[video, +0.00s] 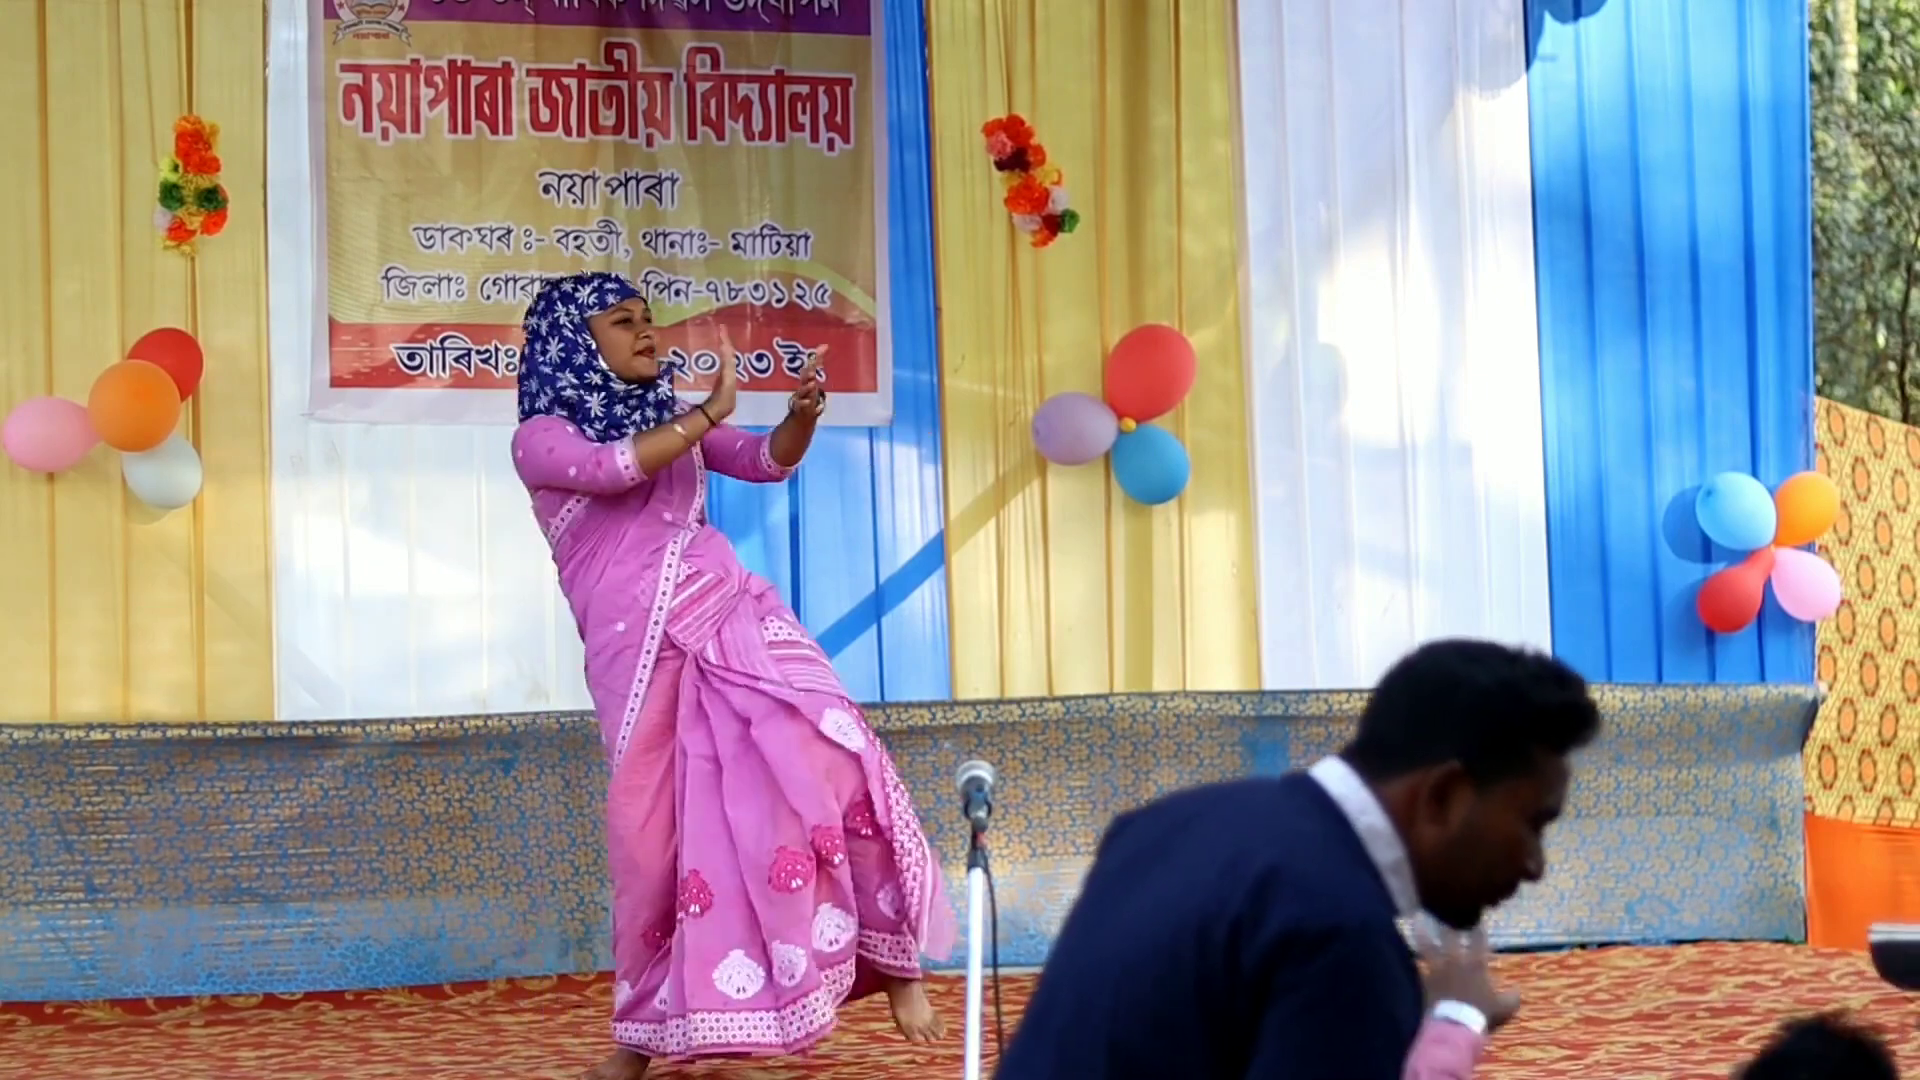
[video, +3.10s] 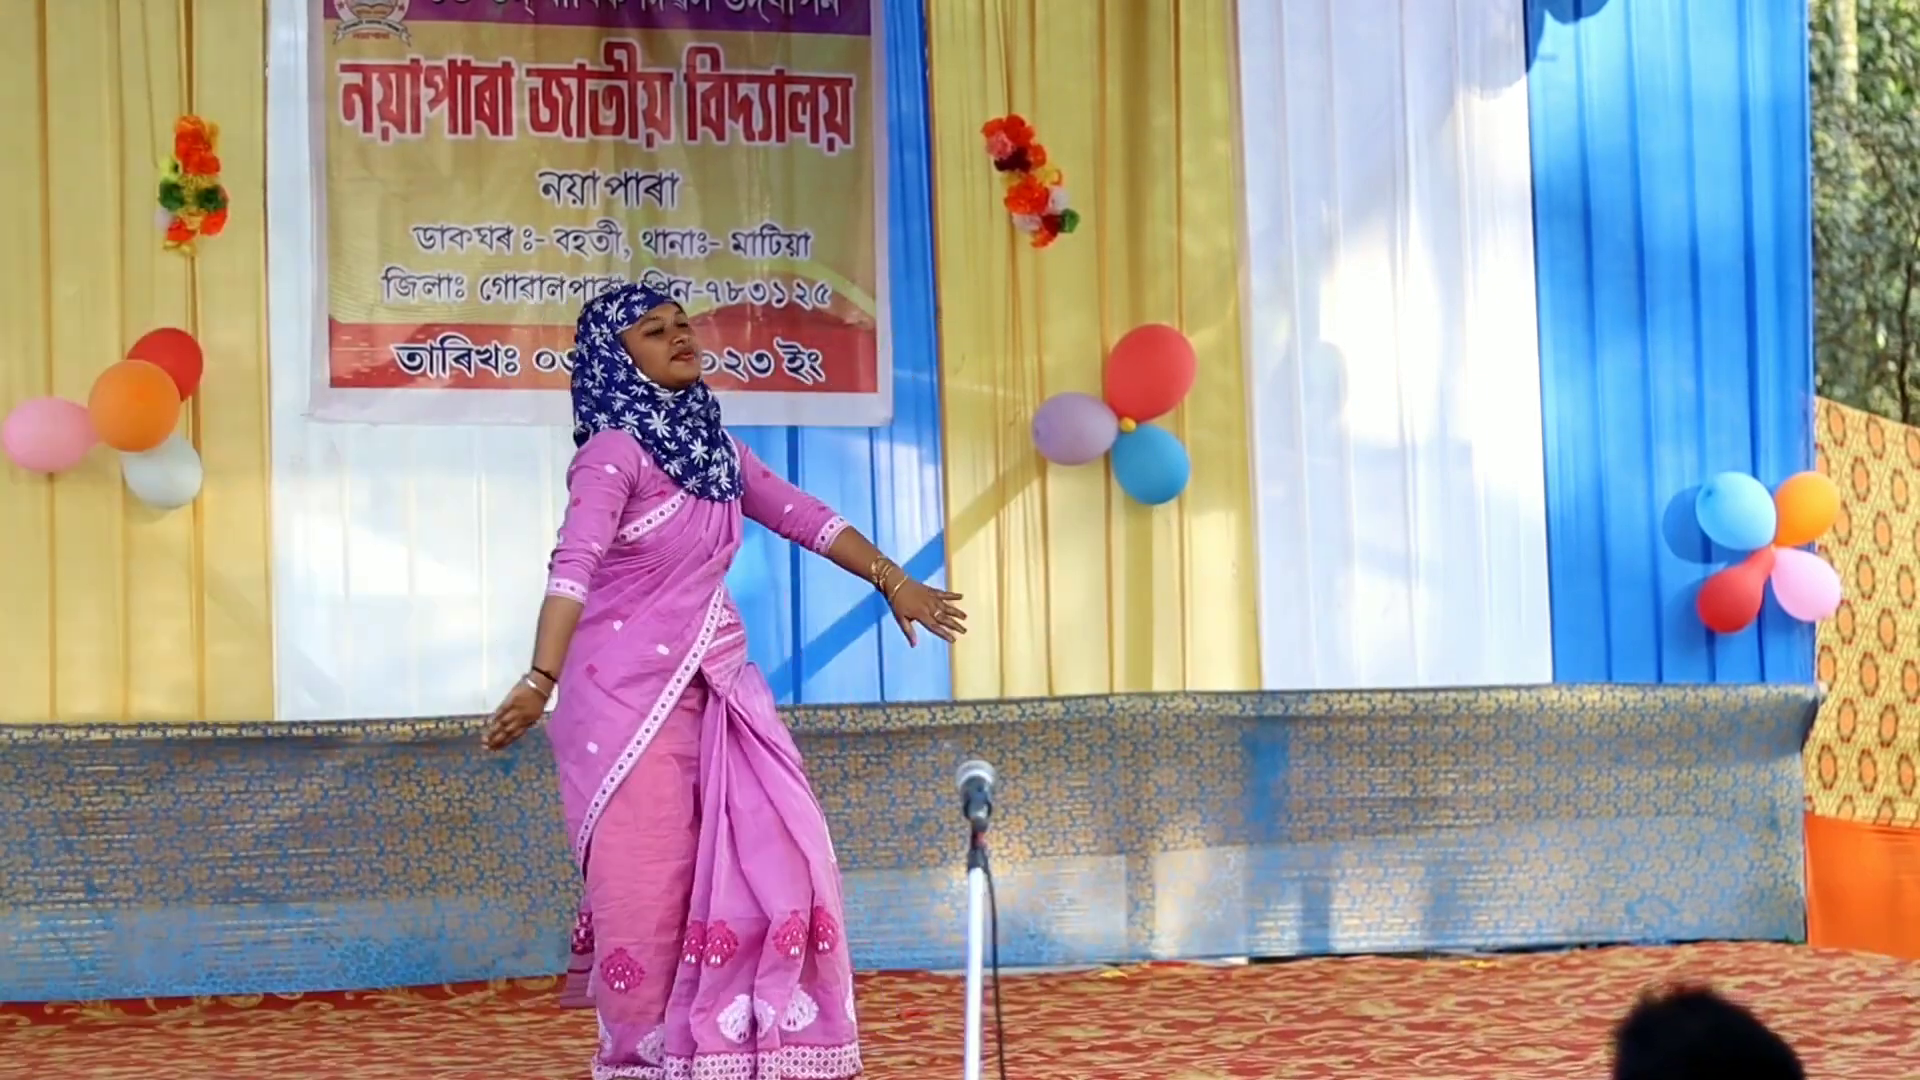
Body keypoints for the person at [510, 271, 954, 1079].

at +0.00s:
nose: (650, 337)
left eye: (648, 324)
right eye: (629, 326)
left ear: (644, 336)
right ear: (573, 344)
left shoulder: (668, 417)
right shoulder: (539, 438)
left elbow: (768, 459)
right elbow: (615, 467)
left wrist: (803, 414)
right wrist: (709, 413)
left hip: (737, 624)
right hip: (639, 654)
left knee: (842, 755)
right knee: (644, 843)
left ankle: (890, 949)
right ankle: (637, 1032)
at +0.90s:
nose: (670, 334)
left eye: (661, 325)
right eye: (650, 328)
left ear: (629, 363)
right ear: (607, 361)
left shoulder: (705, 423)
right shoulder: (600, 462)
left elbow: (822, 404)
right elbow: (690, 489)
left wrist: (886, 340)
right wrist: (750, 394)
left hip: (781, 654)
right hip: (692, 673)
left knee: (833, 829)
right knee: (700, 866)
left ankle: (875, 1029)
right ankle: (681, 1046)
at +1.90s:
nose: (664, 325)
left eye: (652, 311)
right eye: (643, 314)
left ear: (620, 348)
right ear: (604, 345)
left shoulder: (674, 416)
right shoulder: (580, 443)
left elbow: (800, 412)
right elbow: (668, 493)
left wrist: (878, 342)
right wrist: (715, 401)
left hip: (733, 663)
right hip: (647, 684)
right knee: (679, 874)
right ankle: (702, 1048)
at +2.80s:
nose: (672, 330)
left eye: (667, 315)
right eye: (649, 318)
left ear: (653, 336)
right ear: (598, 342)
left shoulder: (669, 424)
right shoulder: (591, 436)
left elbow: (764, 460)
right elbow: (716, 477)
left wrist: (852, 434)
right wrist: (828, 451)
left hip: (726, 654)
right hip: (651, 665)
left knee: (754, 826)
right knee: (674, 838)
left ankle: (765, 1029)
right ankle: (658, 1034)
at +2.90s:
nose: (675, 328)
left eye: (671, 314)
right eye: (654, 316)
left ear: (660, 328)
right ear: (604, 335)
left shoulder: (676, 420)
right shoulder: (594, 432)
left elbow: (772, 469)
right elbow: (681, 514)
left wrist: (868, 472)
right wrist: (795, 548)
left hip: (723, 653)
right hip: (647, 667)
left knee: (757, 828)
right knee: (669, 843)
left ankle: (766, 1028)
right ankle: (654, 1035)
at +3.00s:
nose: (679, 339)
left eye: (677, 326)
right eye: (657, 330)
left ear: (678, 341)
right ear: (611, 353)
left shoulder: (689, 435)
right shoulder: (612, 450)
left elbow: (772, 498)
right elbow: (632, 576)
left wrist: (862, 550)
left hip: (711, 669)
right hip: (631, 678)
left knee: (760, 839)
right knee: (659, 857)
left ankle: (759, 1041)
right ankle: (642, 1049)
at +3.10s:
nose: (682, 337)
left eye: (682, 325)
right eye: (657, 331)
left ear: (694, 340)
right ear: (617, 359)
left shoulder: (709, 442)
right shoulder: (615, 450)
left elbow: (798, 514)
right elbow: (572, 568)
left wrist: (890, 576)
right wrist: (541, 680)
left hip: (714, 690)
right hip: (625, 700)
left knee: (771, 856)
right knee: (647, 884)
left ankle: (755, 1054)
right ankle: (646, 1060)